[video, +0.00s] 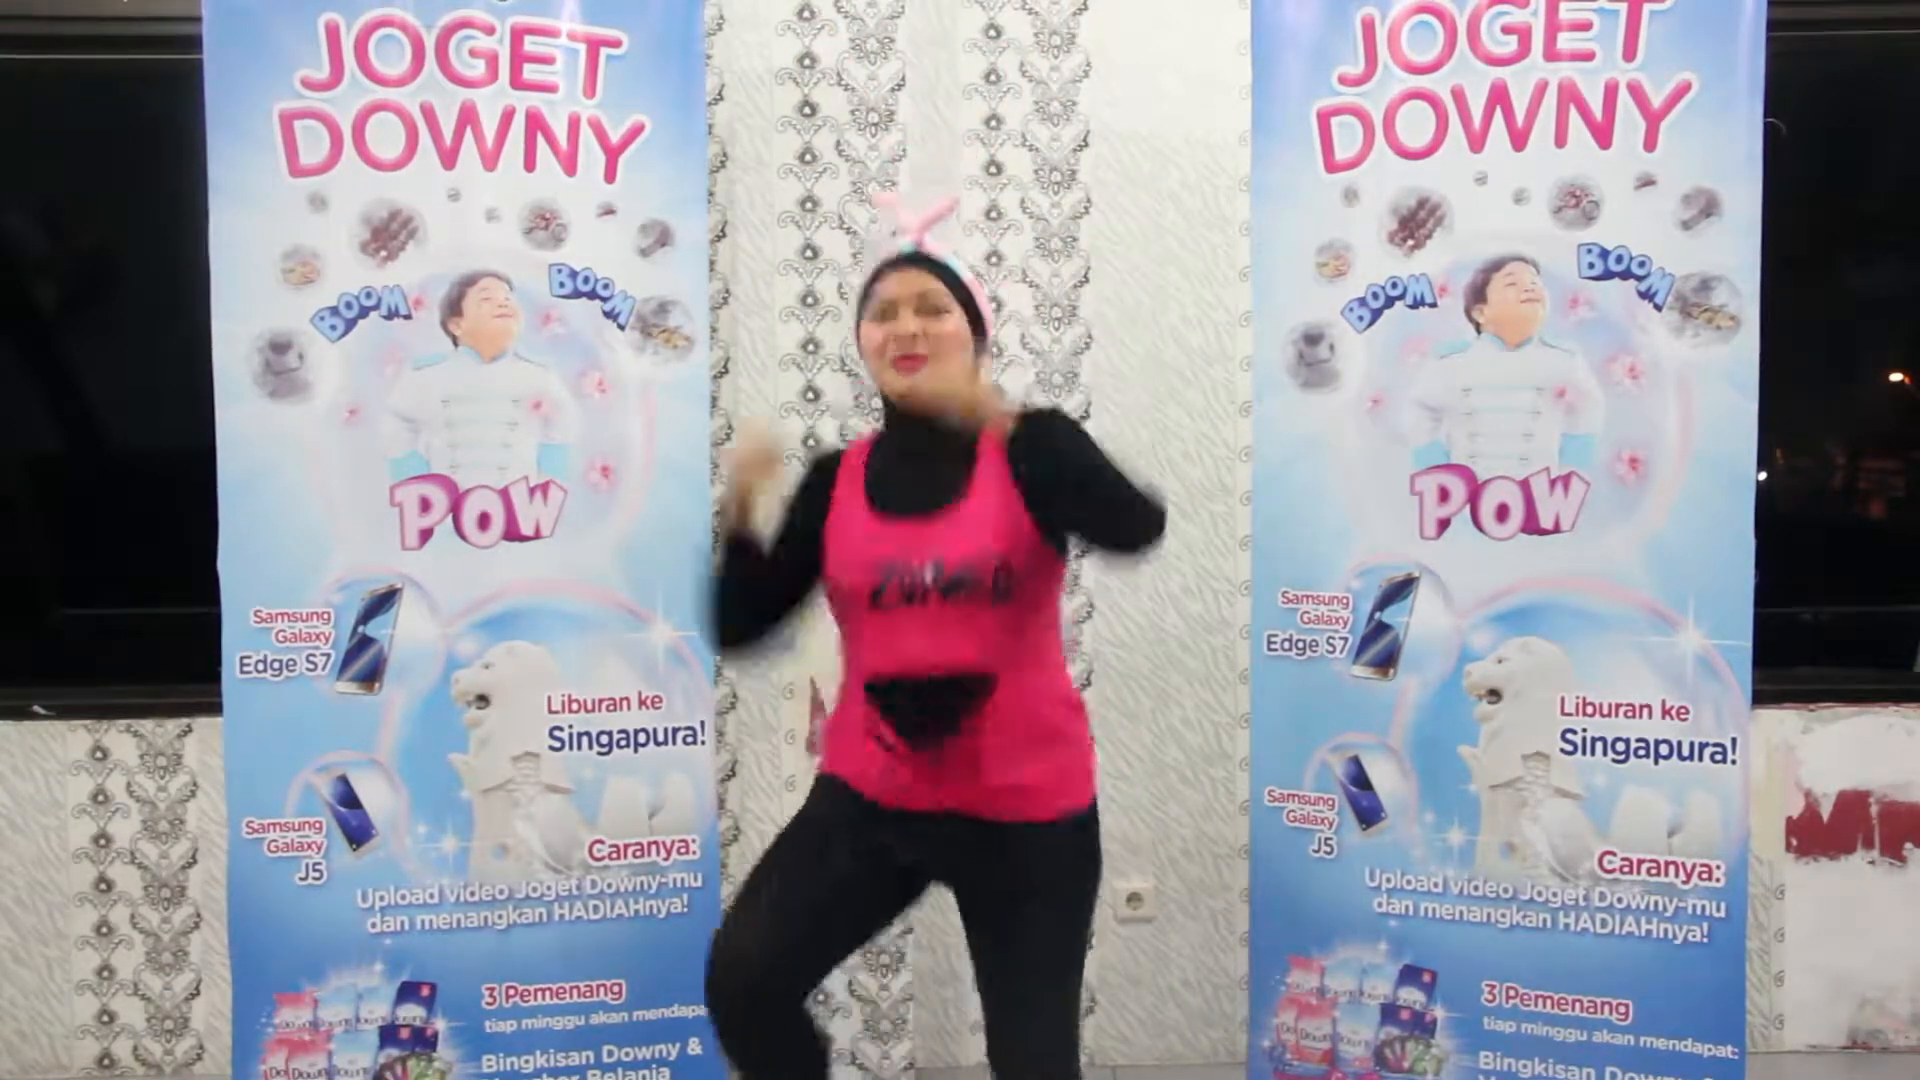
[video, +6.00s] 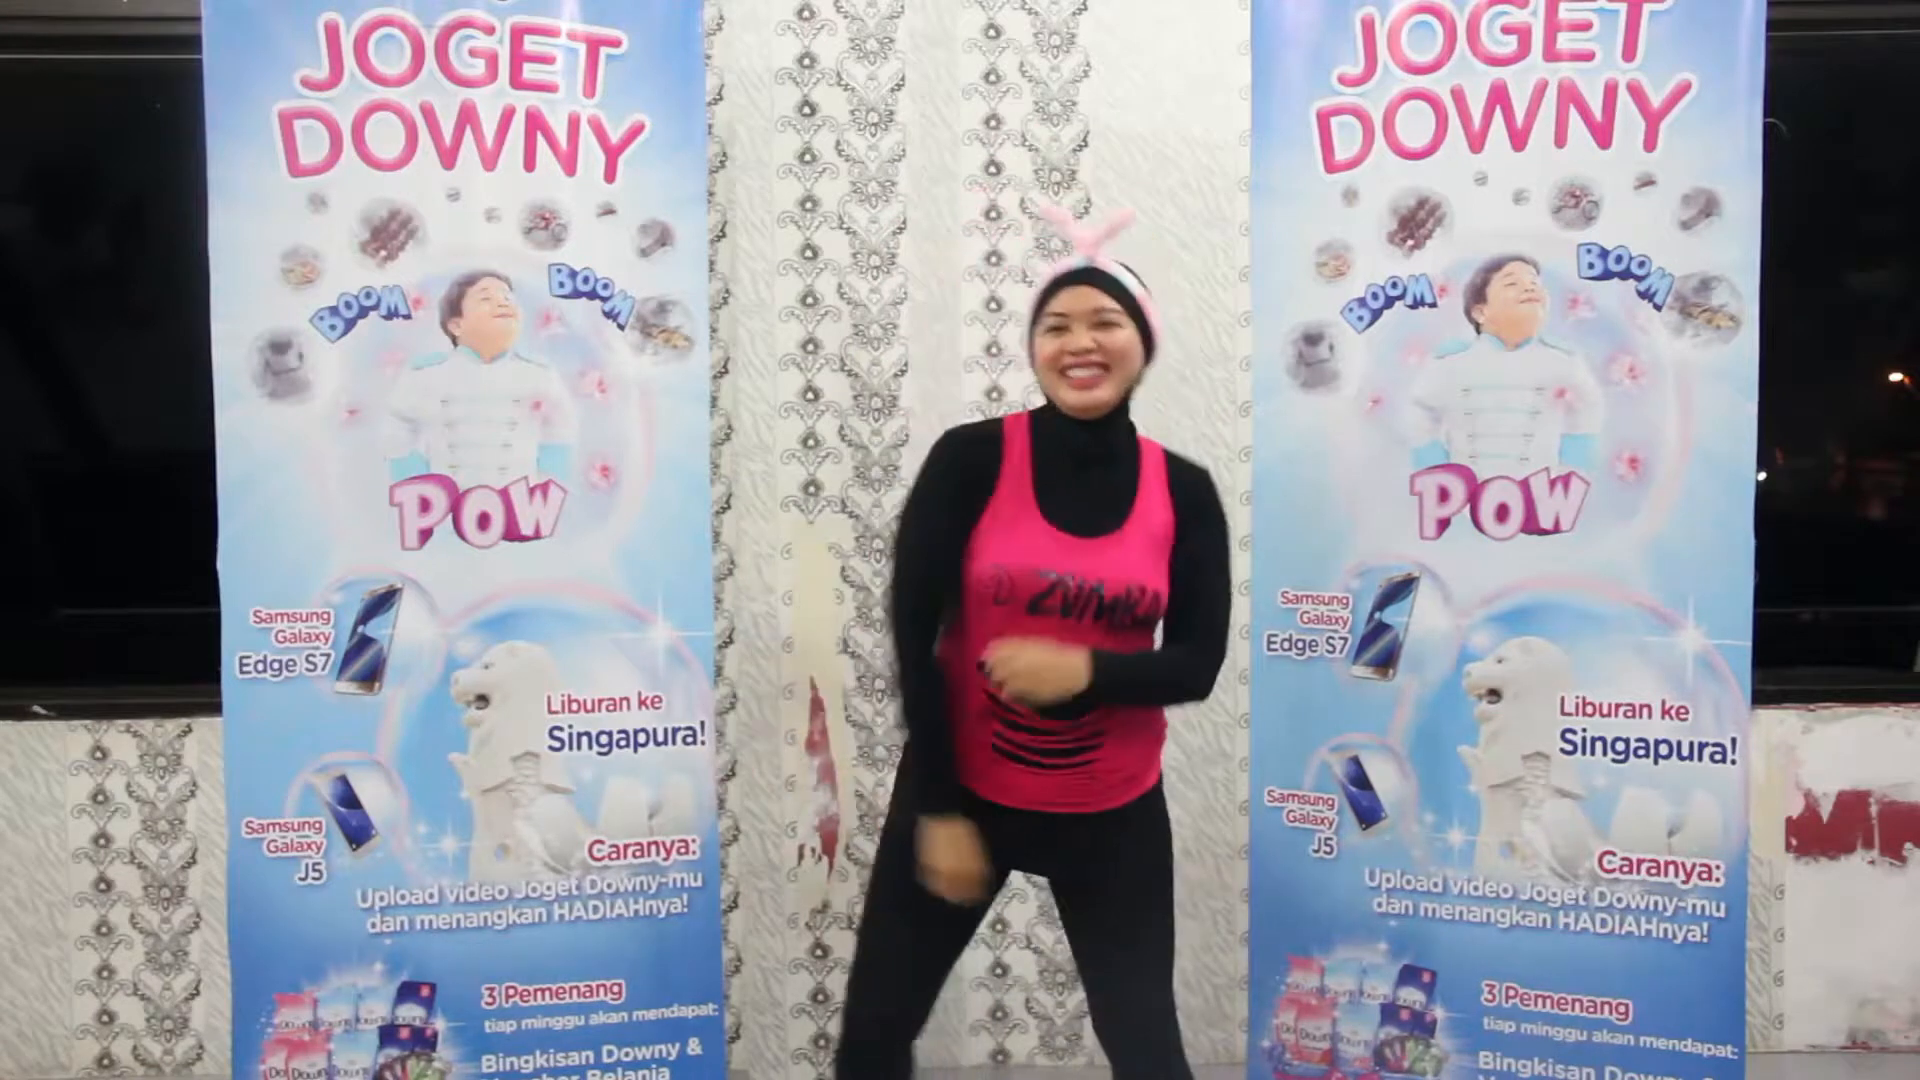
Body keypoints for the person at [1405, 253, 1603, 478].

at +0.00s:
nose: (1529, 287)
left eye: (1535, 281)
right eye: (1510, 283)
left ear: (1545, 300)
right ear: (1479, 311)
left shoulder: (1564, 363)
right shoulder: (1446, 366)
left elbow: (1584, 421)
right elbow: (1417, 417)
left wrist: (1567, 484)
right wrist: (1435, 477)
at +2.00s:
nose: (1528, 286)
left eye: (1534, 281)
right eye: (1510, 283)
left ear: (1545, 299)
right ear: (1479, 311)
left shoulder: (1564, 364)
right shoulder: (1446, 366)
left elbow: (1583, 425)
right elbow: (1415, 416)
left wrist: (1566, 484)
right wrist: (1436, 476)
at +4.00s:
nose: (1529, 287)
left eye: (1534, 281)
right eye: (1510, 283)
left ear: (1544, 300)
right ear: (1479, 311)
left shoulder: (1565, 365)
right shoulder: (1446, 368)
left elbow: (1583, 436)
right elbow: (1413, 420)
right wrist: (1436, 477)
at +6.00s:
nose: (1529, 286)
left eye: (1534, 281)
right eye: (1510, 283)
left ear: (1544, 299)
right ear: (1479, 311)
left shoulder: (1564, 364)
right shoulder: (1446, 365)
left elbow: (1584, 422)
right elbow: (1415, 415)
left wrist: (1567, 482)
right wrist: (1434, 475)